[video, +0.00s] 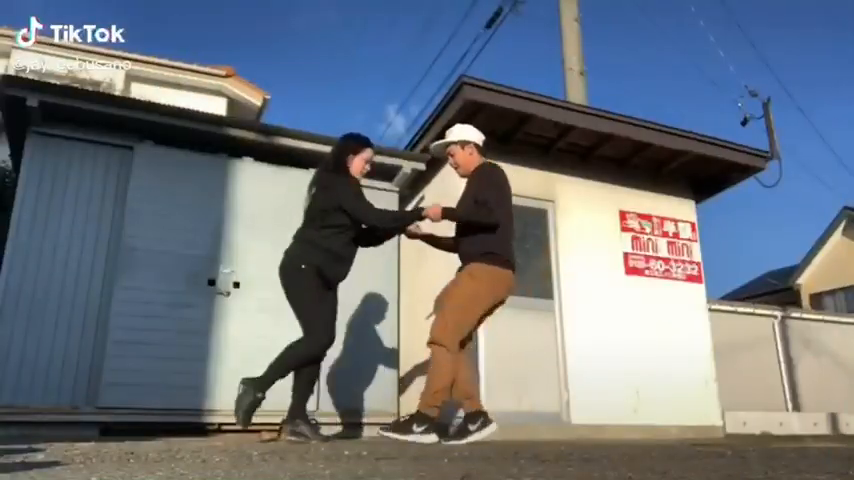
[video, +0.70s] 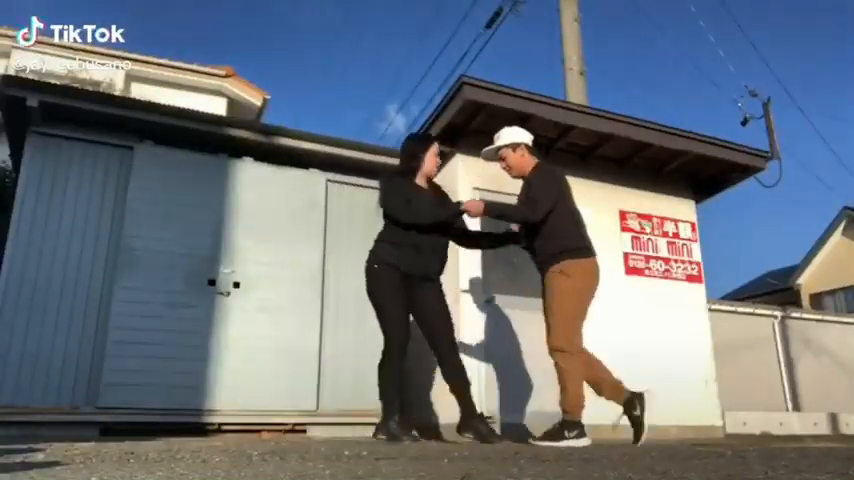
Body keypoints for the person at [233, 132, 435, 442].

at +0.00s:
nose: (368, 168)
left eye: (370, 162)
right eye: (365, 161)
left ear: (349, 159)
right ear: (349, 157)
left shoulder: (339, 187)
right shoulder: (339, 182)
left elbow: (364, 238)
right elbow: (372, 217)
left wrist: (401, 228)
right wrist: (419, 213)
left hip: (318, 273)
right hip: (304, 268)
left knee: (317, 342)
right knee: (318, 338)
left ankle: (297, 417)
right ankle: (256, 387)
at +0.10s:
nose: (379, 168)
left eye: (380, 162)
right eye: (376, 161)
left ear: (353, 158)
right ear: (360, 157)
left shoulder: (337, 181)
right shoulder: (362, 186)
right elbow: (397, 218)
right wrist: (440, 208)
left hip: (301, 261)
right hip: (324, 264)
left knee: (302, 340)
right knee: (357, 329)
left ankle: (294, 418)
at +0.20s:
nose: (390, 170)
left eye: (392, 164)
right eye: (387, 163)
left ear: (365, 159)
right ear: (371, 158)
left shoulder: (346, 183)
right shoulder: (373, 190)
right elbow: (406, 222)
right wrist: (451, 211)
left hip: (309, 258)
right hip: (341, 261)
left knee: (303, 337)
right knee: (368, 336)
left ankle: (296, 417)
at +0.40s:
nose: (407, 170)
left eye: (409, 164)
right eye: (406, 163)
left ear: (385, 160)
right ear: (392, 161)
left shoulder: (367, 185)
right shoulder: (390, 191)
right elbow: (417, 227)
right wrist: (458, 215)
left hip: (339, 265)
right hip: (369, 270)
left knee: (333, 340)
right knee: (391, 339)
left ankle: (303, 417)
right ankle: (387, 421)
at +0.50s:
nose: (417, 170)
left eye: (418, 164)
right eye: (414, 163)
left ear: (397, 161)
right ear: (399, 161)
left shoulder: (385, 189)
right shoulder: (392, 190)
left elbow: (418, 235)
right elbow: (416, 228)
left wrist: (456, 226)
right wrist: (457, 217)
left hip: (365, 269)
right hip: (380, 270)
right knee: (394, 343)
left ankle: (334, 395)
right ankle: (385, 424)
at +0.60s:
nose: (429, 164)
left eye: (430, 158)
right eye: (425, 157)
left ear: (419, 159)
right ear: (409, 157)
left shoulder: (421, 197)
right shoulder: (391, 187)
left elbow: (450, 233)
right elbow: (412, 220)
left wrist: (493, 235)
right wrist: (452, 215)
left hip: (401, 277)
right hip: (378, 269)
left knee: (431, 333)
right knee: (389, 339)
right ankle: (384, 421)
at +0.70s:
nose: (439, 161)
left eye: (439, 155)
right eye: (435, 154)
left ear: (424, 158)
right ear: (417, 155)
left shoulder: (440, 198)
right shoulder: (394, 184)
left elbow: (466, 238)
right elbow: (405, 215)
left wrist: (513, 237)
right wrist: (456, 211)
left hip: (423, 278)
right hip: (387, 271)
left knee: (445, 344)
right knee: (397, 338)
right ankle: (390, 420)